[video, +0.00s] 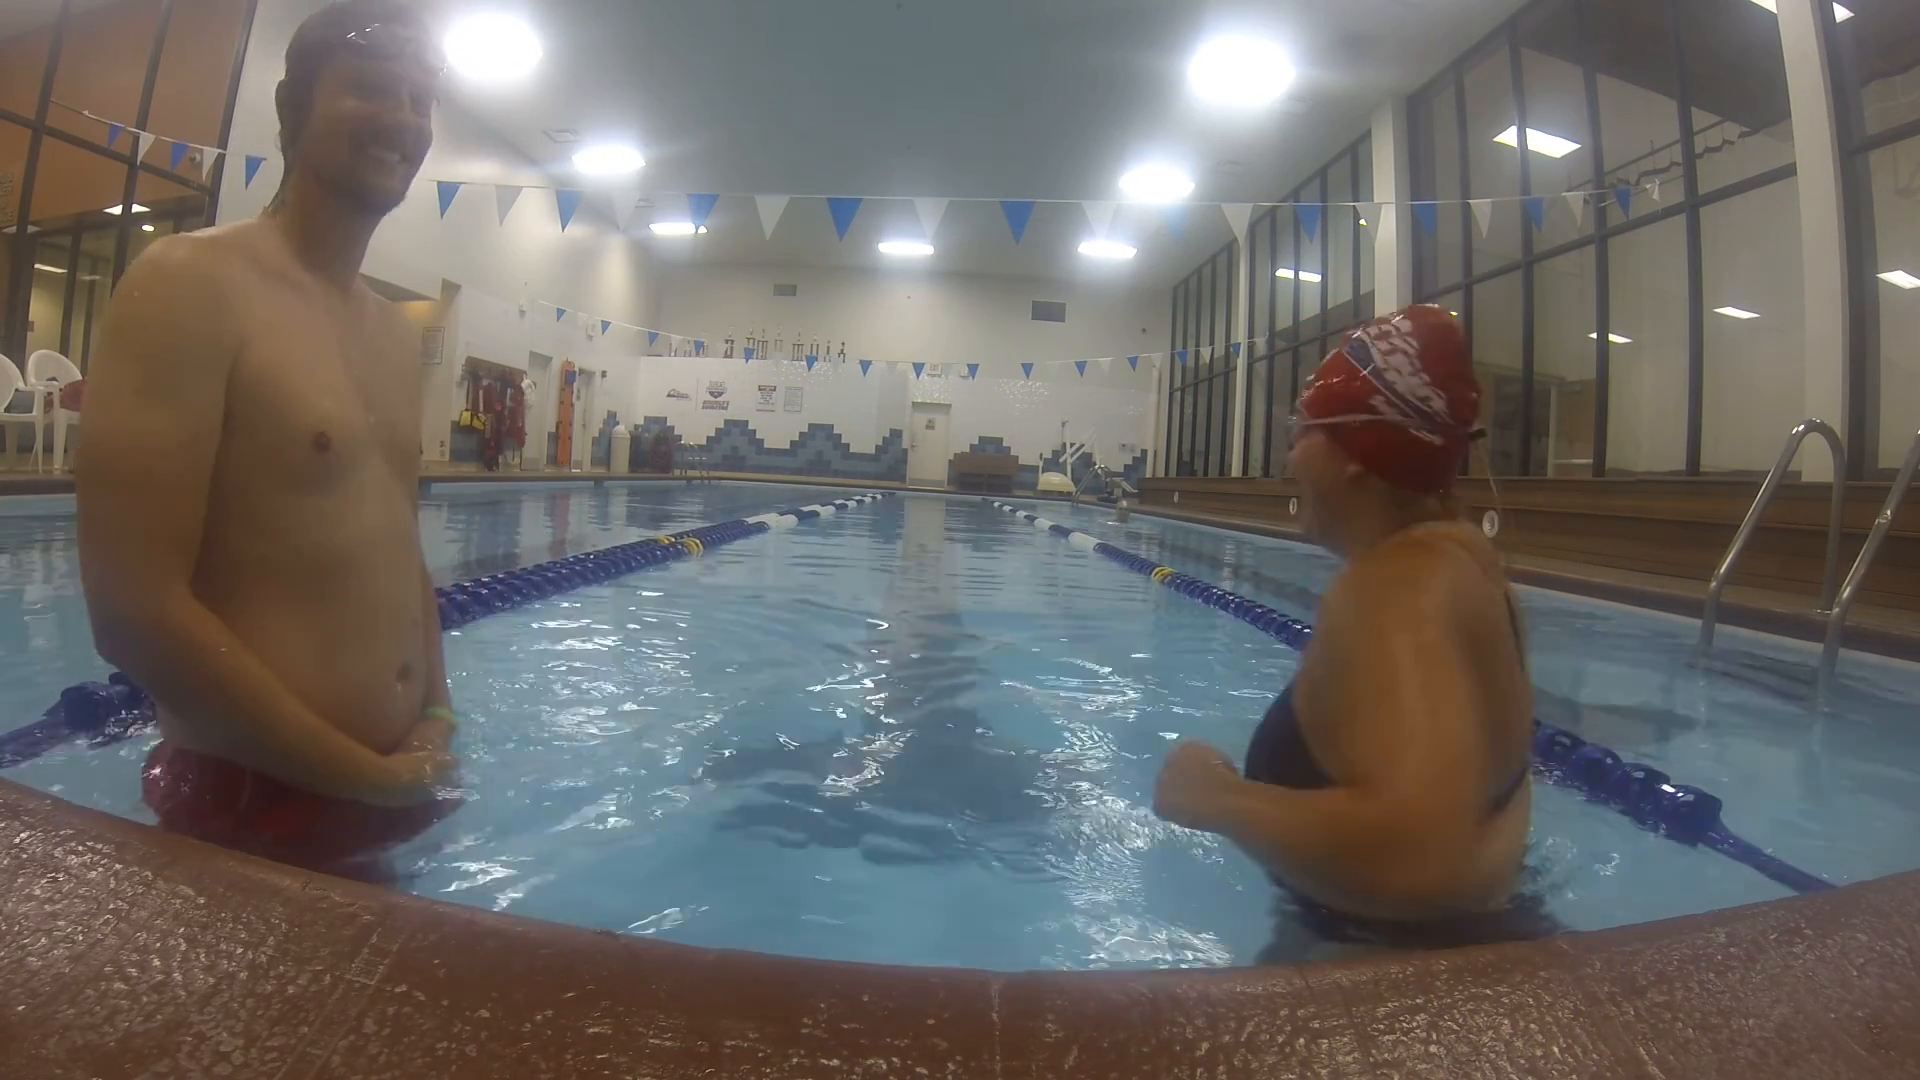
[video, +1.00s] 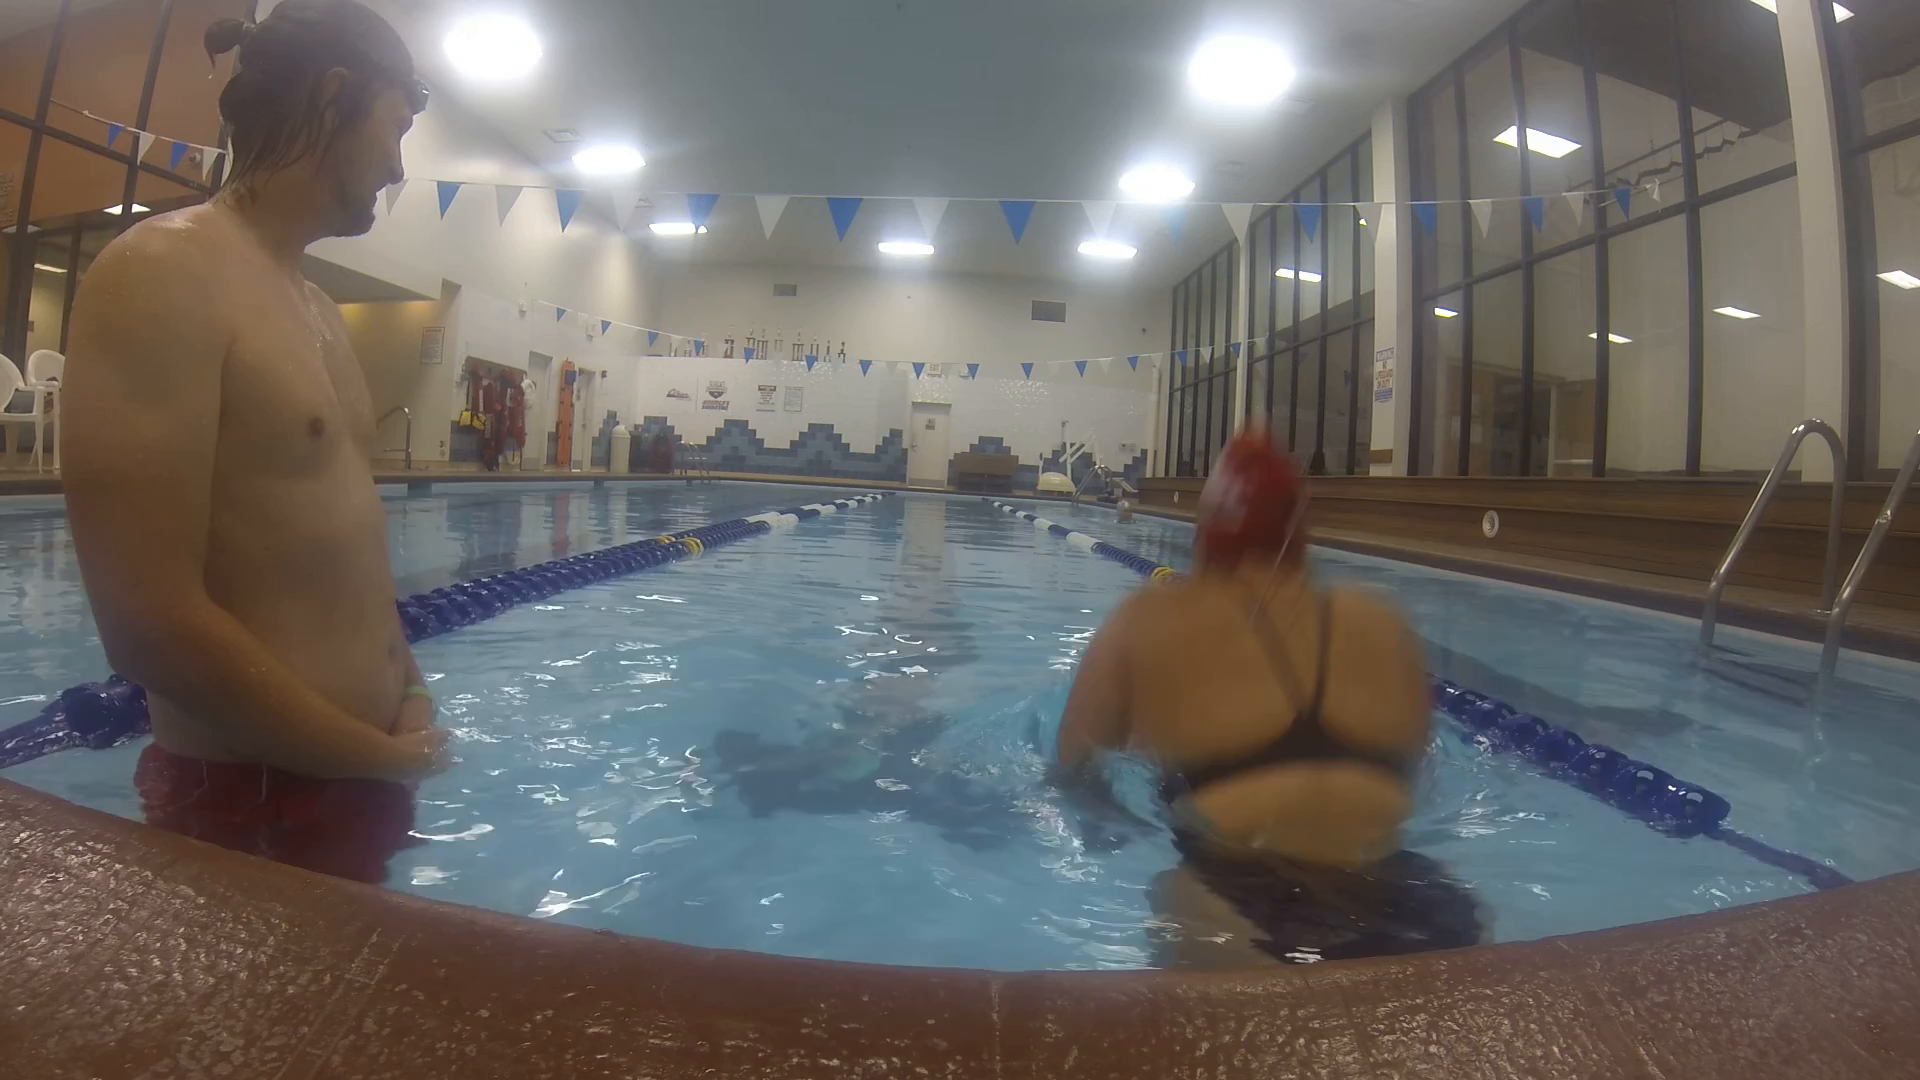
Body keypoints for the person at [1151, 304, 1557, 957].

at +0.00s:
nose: (1290, 456)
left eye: (1304, 431)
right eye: (1298, 431)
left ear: (1360, 453)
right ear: (1369, 454)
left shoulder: (1399, 587)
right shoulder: (1458, 561)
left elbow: (1423, 852)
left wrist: (1224, 801)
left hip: (1372, 967)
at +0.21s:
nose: (1306, 438)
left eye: (1317, 414)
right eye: (1315, 414)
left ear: (1351, 435)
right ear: (1445, 445)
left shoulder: (1338, 568)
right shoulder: (1515, 569)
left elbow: (1285, 806)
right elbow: (1536, 753)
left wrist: (1169, 797)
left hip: (1373, 947)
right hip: (1504, 927)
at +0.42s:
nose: (1302, 434)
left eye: (1308, 414)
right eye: (1311, 413)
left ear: (1320, 428)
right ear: (1434, 440)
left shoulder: (1293, 547)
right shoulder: (1506, 565)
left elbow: (1213, 761)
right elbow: (1535, 761)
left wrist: (1121, 832)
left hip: (1336, 948)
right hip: (1501, 938)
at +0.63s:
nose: (1283, 415)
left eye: (1288, 398)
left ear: (1300, 411)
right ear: (1406, 416)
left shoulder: (1247, 516)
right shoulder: (1483, 531)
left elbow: (1151, 711)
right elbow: (1521, 759)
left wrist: (1131, 819)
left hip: (1299, 911)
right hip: (1475, 904)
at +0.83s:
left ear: (1245, 439)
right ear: (1352, 442)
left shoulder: (1192, 529)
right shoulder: (1438, 542)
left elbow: (1087, 738)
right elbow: (1468, 749)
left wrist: (1122, 796)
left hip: (1258, 916)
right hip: (1436, 906)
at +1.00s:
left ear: (1206, 531)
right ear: (1301, 534)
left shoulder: (1149, 621)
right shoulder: (1382, 622)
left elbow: (1074, 766)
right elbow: (1412, 749)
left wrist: (1124, 834)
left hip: (1229, 927)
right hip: (1388, 921)